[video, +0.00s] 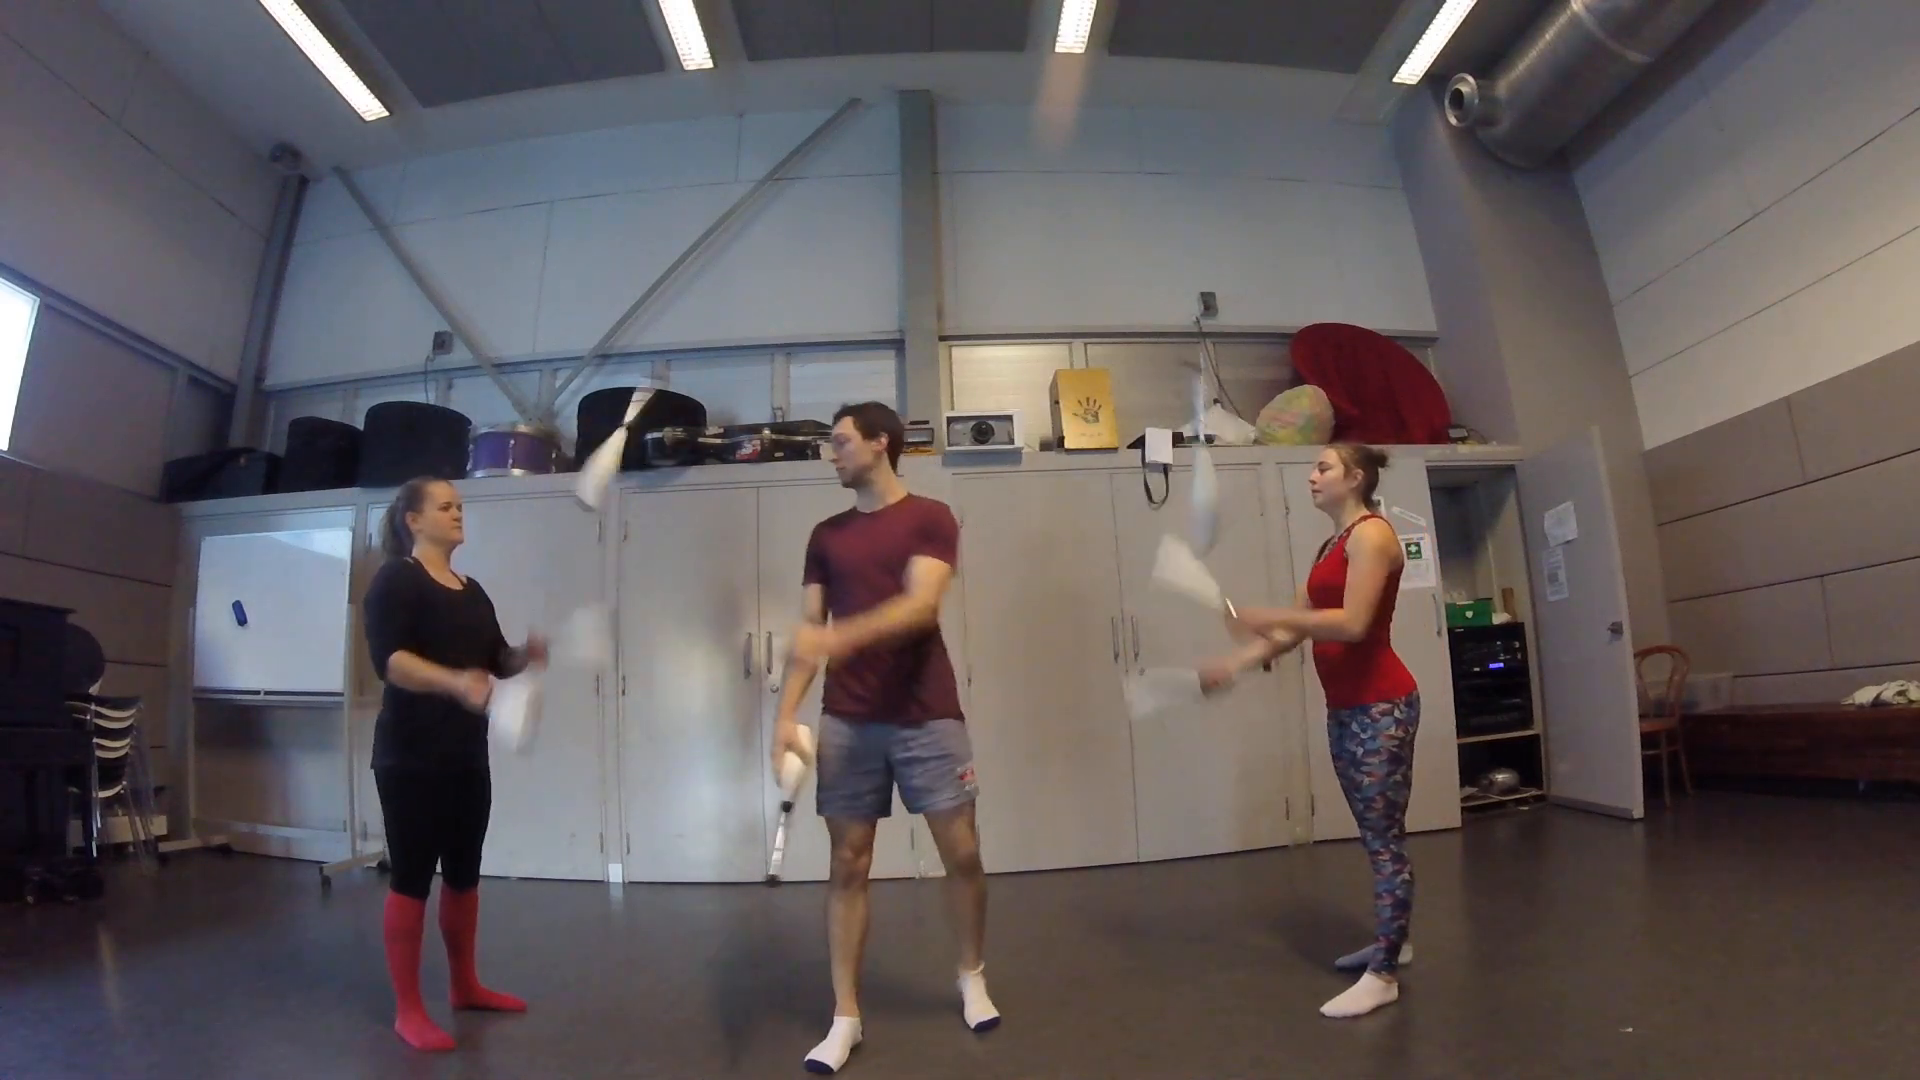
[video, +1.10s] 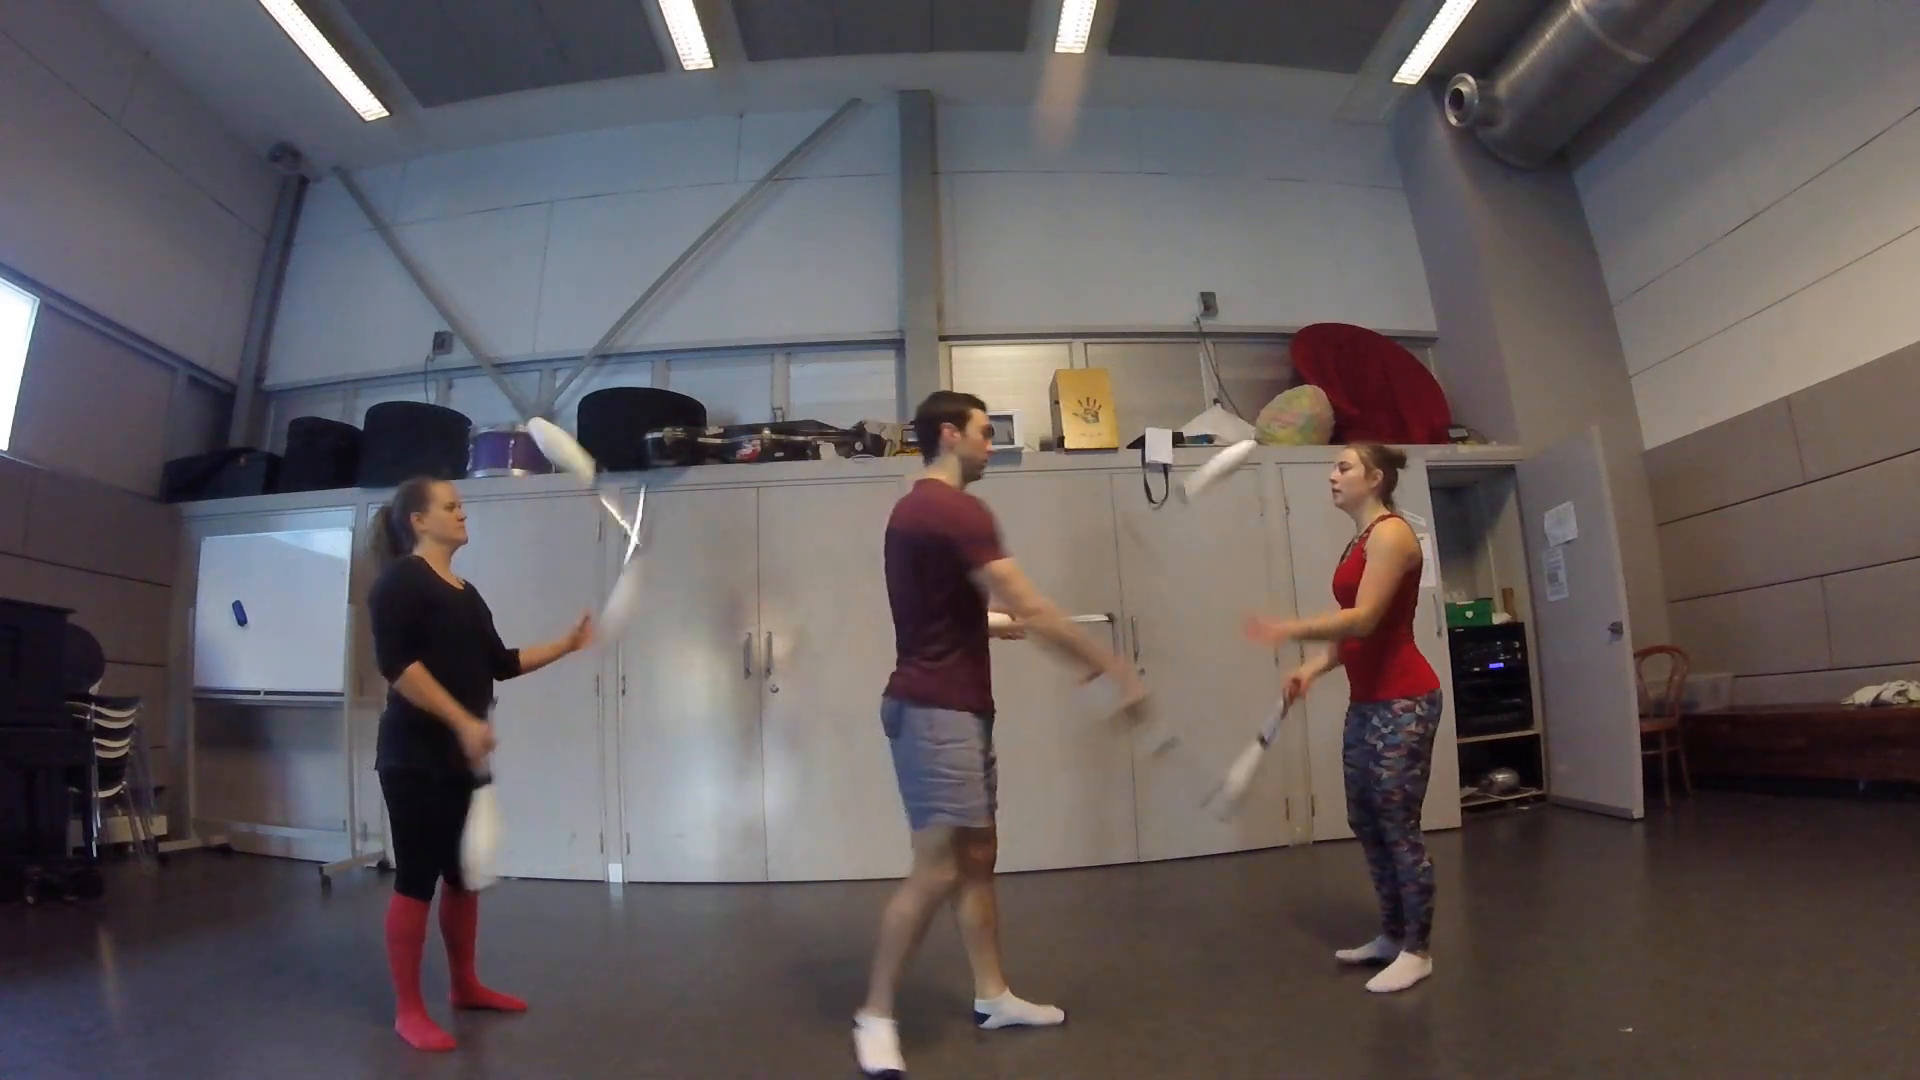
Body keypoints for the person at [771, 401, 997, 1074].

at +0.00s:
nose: (831, 453)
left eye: (842, 442)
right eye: (832, 443)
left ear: (882, 446)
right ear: (858, 451)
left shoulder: (931, 517)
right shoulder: (827, 535)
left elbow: (923, 607)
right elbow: (813, 632)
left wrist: (837, 638)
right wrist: (786, 716)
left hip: (926, 716)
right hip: (849, 722)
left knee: (964, 855)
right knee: (849, 865)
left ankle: (971, 973)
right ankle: (845, 1015)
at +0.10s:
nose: (818, 451)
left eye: (827, 440)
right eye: (817, 442)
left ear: (868, 442)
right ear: (855, 445)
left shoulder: (915, 511)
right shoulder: (820, 535)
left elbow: (863, 583)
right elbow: (802, 630)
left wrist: (755, 596)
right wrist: (774, 711)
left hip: (917, 714)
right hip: (839, 720)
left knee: (966, 854)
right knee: (844, 866)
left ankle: (990, 971)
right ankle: (845, 1018)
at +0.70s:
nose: (876, 443)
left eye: (885, 432)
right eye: (862, 432)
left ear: (898, 440)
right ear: (833, 443)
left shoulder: (918, 498)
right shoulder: (814, 537)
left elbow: (910, 570)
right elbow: (797, 640)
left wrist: (807, 598)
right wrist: (779, 732)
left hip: (937, 711)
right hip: (857, 721)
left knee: (979, 860)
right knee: (856, 871)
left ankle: (996, 995)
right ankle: (848, 1017)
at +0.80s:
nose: (924, 445)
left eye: (925, 435)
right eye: (912, 433)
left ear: (913, 446)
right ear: (870, 440)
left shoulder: (936, 509)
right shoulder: (830, 532)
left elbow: (987, 586)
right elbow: (813, 637)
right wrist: (824, 736)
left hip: (953, 719)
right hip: (874, 726)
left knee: (981, 859)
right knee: (861, 872)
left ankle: (991, 998)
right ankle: (848, 1019)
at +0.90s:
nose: (952, 444)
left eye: (952, 433)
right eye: (942, 433)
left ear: (921, 439)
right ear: (902, 436)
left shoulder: (943, 515)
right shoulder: (868, 523)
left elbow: (993, 587)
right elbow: (884, 636)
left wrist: (1030, 606)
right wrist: (926, 732)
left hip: (960, 710)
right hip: (888, 716)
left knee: (982, 854)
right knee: (874, 871)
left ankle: (992, 997)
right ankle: (849, 1016)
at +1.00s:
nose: (974, 445)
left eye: (973, 434)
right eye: (966, 433)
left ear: (932, 435)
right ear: (928, 435)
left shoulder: (934, 513)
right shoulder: (907, 514)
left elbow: (957, 604)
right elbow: (959, 629)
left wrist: (1018, 613)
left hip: (966, 710)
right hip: (915, 715)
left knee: (977, 858)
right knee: (904, 869)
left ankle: (991, 999)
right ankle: (852, 1010)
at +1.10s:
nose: (991, 444)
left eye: (989, 432)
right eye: (984, 431)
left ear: (941, 435)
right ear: (949, 434)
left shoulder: (914, 509)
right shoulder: (958, 511)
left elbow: (935, 612)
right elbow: (1028, 608)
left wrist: (998, 625)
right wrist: (1111, 664)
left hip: (949, 704)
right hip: (937, 709)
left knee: (976, 858)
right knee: (936, 866)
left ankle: (993, 999)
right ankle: (875, 1014)